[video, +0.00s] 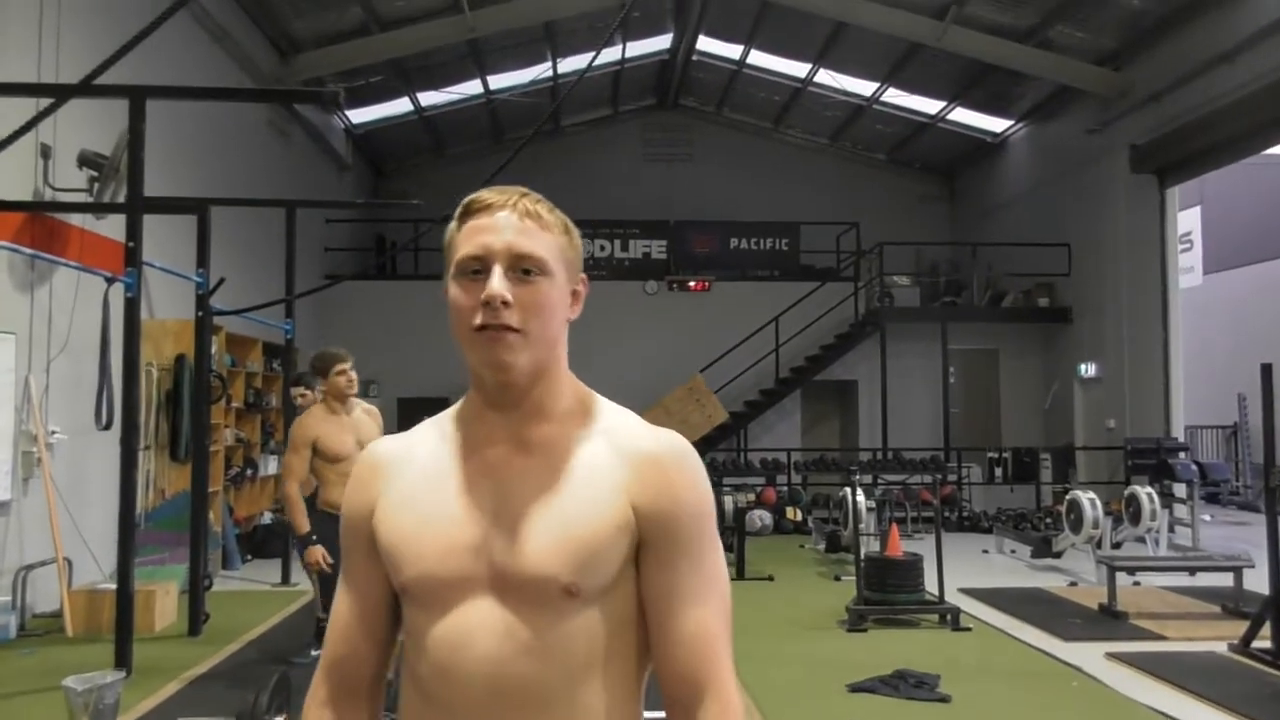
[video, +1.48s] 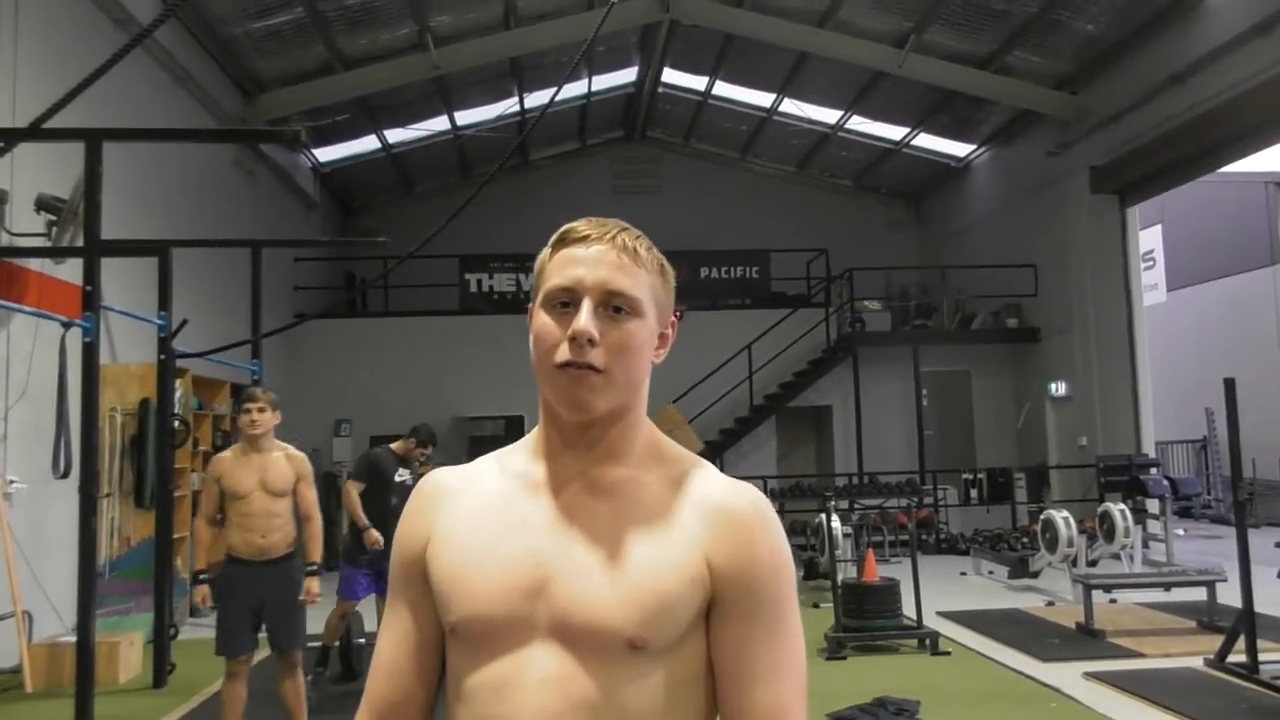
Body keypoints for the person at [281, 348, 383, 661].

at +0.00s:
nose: (351, 378)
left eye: (352, 371)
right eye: (342, 374)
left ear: (356, 374)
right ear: (323, 382)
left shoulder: (371, 414)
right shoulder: (307, 424)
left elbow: (380, 465)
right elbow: (291, 485)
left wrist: (387, 511)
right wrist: (307, 541)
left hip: (371, 515)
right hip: (331, 519)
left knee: (376, 595)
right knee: (332, 602)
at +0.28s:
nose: (334, 385)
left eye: (337, 378)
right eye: (324, 382)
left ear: (348, 381)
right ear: (313, 393)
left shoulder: (372, 423)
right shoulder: (302, 432)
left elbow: (388, 476)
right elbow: (284, 490)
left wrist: (392, 525)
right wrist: (290, 548)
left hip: (370, 531)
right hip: (328, 533)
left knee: (368, 625)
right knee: (336, 629)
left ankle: (366, 705)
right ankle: (339, 706)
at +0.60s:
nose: (330, 391)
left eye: (337, 385)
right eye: (323, 387)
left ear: (349, 391)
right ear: (315, 394)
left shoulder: (366, 436)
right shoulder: (297, 434)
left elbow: (379, 489)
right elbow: (274, 489)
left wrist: (387, 535)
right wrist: (272, 545)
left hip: (354, 538)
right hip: (312, 538)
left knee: (339, 627)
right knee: (325, 633)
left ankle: (327, 702)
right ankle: (329, 709)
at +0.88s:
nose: (322, 398)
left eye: (329, 392)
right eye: (316, 393)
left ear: (343, 398)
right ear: (307, 399)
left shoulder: (356, 444)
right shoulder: (285, 436)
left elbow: (365, 502)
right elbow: (259, 487)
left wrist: (369, 556)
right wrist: (253, 540)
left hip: (336, 544)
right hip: (291, 543)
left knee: (324, 636)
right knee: (298, 636)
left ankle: (319, 710)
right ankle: (297, 712)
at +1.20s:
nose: (288, 408)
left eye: (295, 402)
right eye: (282, 403)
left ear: (309, 408)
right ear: (274, 409)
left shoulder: (328, 453)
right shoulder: (255, 451)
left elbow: (343, 509)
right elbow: (237, 505)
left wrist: (352, 561)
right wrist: (232, 561)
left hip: (310, 561)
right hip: (263, 561)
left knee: (306, 648)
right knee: (250, 653)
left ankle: (308, 714)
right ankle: (240, 715)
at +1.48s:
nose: (252, 417)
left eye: (260, 411)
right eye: (246, 411)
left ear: (275, 417)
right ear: (237, 419)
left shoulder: (295, 461)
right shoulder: (221, 463)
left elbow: (311, 516)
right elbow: (204, 519)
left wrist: (313, 570)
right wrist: (199, 575)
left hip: (285, 570)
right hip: (237, 572)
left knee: (291, 662)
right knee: (236, 666)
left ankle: (301, 716)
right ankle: (231, 718)